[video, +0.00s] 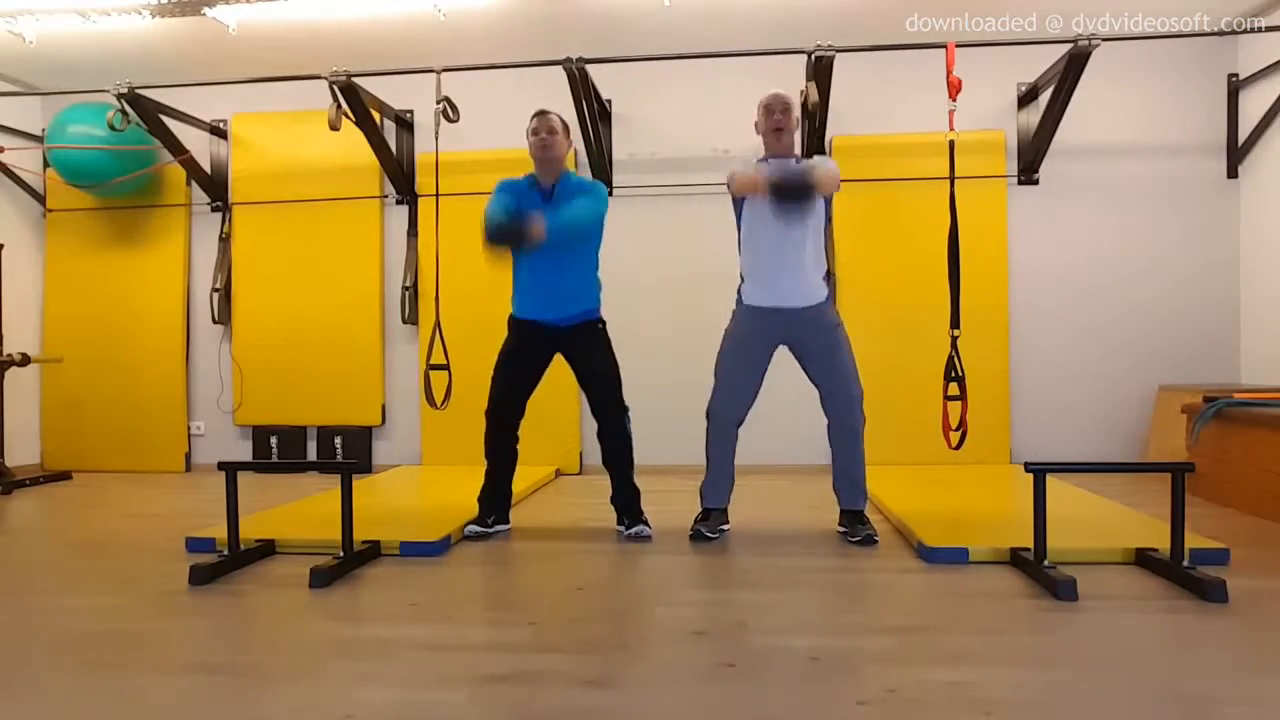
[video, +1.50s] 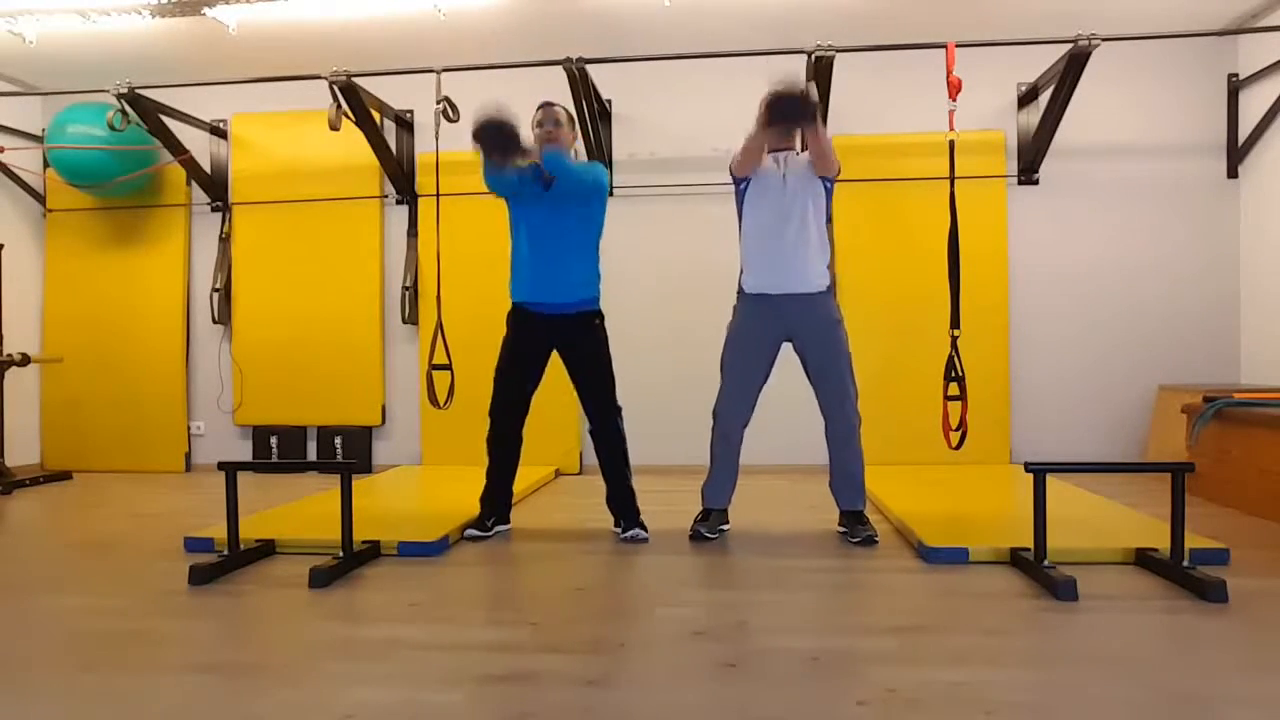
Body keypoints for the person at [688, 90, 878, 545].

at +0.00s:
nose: (779, 117)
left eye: (785, 111)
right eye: (770, 111)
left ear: (797, 122)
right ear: (758, 125)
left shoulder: (820, 166)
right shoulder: (745, 172)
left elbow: (828, 180)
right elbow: (740, 183)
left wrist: (800, 179)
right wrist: (777, 182)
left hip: (814, 313)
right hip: (755, 315)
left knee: (847, 407)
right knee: (723, 411)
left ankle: (852, 512)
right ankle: (714, 509)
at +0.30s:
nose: (786, 182)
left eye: (794, 175)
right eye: (778, 176)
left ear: (807, 187)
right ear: (764, 189)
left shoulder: (831, 241)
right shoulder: (743, 246)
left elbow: (823, 319)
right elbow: (751, 321)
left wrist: (806, 385)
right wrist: (765, 384)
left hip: (811, 340)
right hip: (752, 340)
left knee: (858, 402)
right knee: (710, 405)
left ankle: (854, 512)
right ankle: (712, 510)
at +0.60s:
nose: (786, 196)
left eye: (793, 189)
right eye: (776, 190)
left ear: (806, 199)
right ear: (762, 201)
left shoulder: (831, 249)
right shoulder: (741, 254)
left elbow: (821, 318)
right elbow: (748, 323)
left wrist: (802, 372)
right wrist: (762, 373)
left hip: (813, 337)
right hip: (752, 338)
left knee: (854, 397)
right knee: (713, 402)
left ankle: (853, 510)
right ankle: (713, 509)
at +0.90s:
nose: (773, 120)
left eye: (778, 115)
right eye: (765, 115)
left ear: (789, 126)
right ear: (752, 129)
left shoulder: (814, 162)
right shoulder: (737, 172)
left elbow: (816, 186)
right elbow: (743, 191)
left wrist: (802, 210)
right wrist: (765, 211)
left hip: (810, 304)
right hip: (753, 306)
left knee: (835, 407)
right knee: (732, 407)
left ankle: (852, 512)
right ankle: (714, 510)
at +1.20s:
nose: (776, 119)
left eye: (784, 114)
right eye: (769, 114)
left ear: (797, 124)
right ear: (757, 126)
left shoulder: (816, 167)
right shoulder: (745, 170)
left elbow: (815, 119)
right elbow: (746, 121)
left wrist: (804, 60)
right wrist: (761, 60)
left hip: (812, 298)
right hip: (755, 300)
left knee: (835, 407)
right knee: (735, 406)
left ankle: (852, 511)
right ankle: (715, 509)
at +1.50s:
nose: (785, 135)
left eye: (790, 129)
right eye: (779, 128)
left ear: (805, 129)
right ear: (763, 128)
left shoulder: (818, 164)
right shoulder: (747, 166)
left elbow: (826, 163)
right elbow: (748, 161)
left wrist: (812, 117)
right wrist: (766, 122)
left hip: (815, 304)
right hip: (757, 305)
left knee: (842, 410)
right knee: (730, 410)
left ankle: (853, 511)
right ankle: (715, 509)